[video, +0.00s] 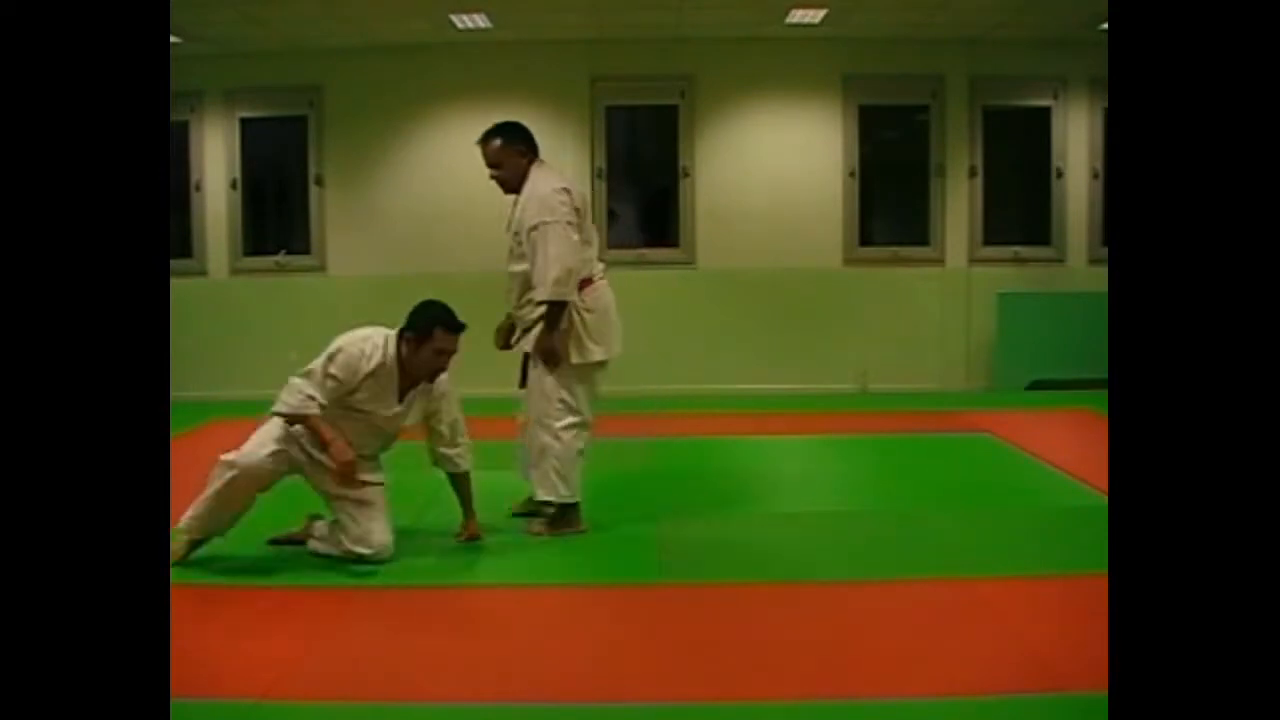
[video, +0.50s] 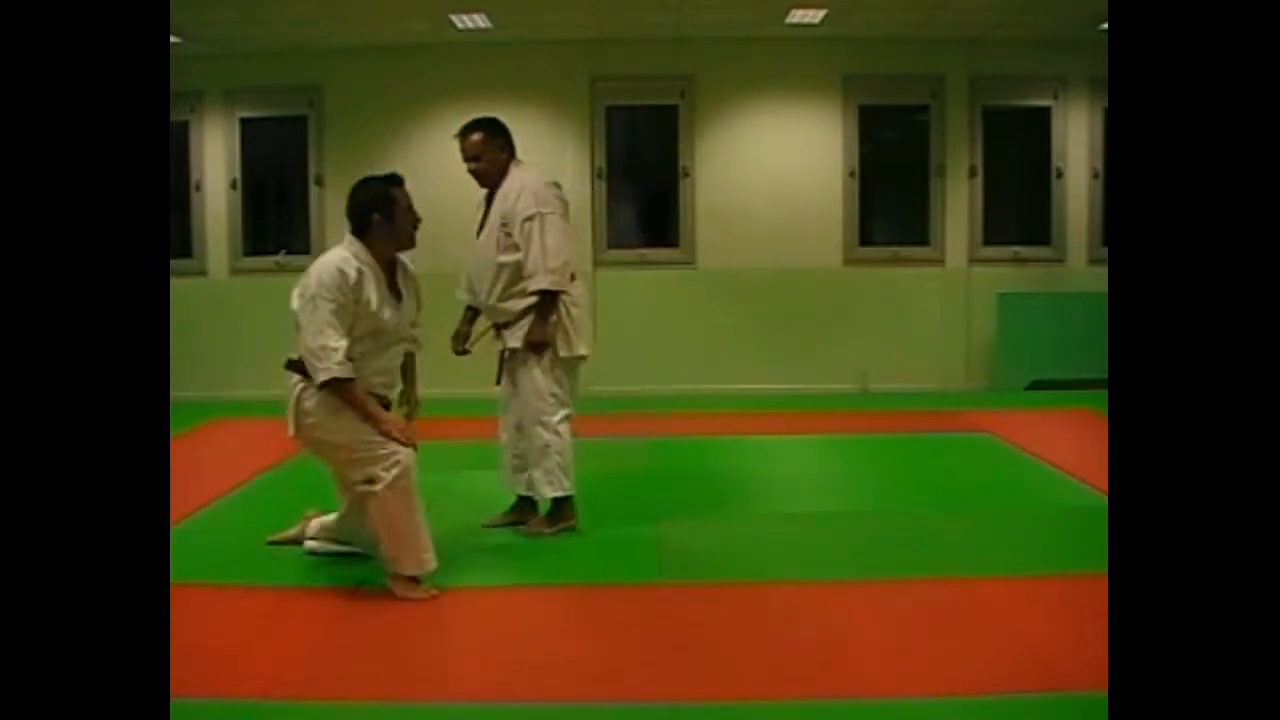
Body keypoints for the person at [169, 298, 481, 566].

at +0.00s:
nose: (445, 365)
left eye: (451, 356)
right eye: (440, 354)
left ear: (452, 353)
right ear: (409, 343)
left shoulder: (437, 385)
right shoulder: (363, 350)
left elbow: (453, 450)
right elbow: (297, 398)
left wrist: (470, 518)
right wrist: (335, 443)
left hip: (357, 462)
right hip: (300, 434)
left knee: (373, 546)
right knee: (245, 467)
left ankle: (315, 534)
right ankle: (190, 535)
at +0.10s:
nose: (449, 340)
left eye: (453, 331)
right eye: (443, 330)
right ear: (411, 322)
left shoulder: (432, 368)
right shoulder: (356, 332)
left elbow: (450, 438)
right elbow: (288, 374)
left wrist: (462, 508)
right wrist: (325, 416)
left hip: (355, 448)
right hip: (302, 419)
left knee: (374, 548)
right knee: (284, 454)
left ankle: (315, 531)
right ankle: (237, 548)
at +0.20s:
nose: (444, 311)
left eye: (446, 301)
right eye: (437, 300)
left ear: (409, 298)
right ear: (404, 296)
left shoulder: (428, 346)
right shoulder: (345, 314)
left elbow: (442, 415)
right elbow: (278, 360)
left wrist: (447, 485)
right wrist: (327, 394)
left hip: (362, 440)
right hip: (303, 413)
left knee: (378, 548)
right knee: (334, 439)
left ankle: (313, 530)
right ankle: (346, 560)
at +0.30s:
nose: (440, 289)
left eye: (441, 278)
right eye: (433, 279)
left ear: (406, 282)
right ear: (399, 281)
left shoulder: (425, 328)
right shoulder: (341, 307)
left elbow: (436, 393)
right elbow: (286, 365)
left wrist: (436, 456)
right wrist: (346, 408)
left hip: (359, 428)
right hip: (304, 417)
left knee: (373, 543)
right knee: (362, 440)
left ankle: (311, 530)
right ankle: (394, 562)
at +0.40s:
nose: (426, 248)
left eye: (424, 238)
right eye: (417, 240)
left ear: (393, 246)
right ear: (387, 246)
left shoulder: (411, 295)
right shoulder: (337, 290)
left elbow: (415, 363)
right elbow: (320, 378)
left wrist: (419, 415)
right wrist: (380, 421)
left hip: (367, 415)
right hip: (316, 416)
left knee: (372, 540)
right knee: (387, 455)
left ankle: (313, 530)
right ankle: (402, 570)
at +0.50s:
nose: (418, 219)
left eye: (414, 210)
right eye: (409, 212)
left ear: (381, 221)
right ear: (380, 221)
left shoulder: (402, 271)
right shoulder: (332, 272)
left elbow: (407, 341)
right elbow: (328, 368)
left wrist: (410, 395)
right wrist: (381, 418)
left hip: (371, 401)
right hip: (323, 402)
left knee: (368, 526)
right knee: (394, 460)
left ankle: (320, 531)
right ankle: (406, 572)